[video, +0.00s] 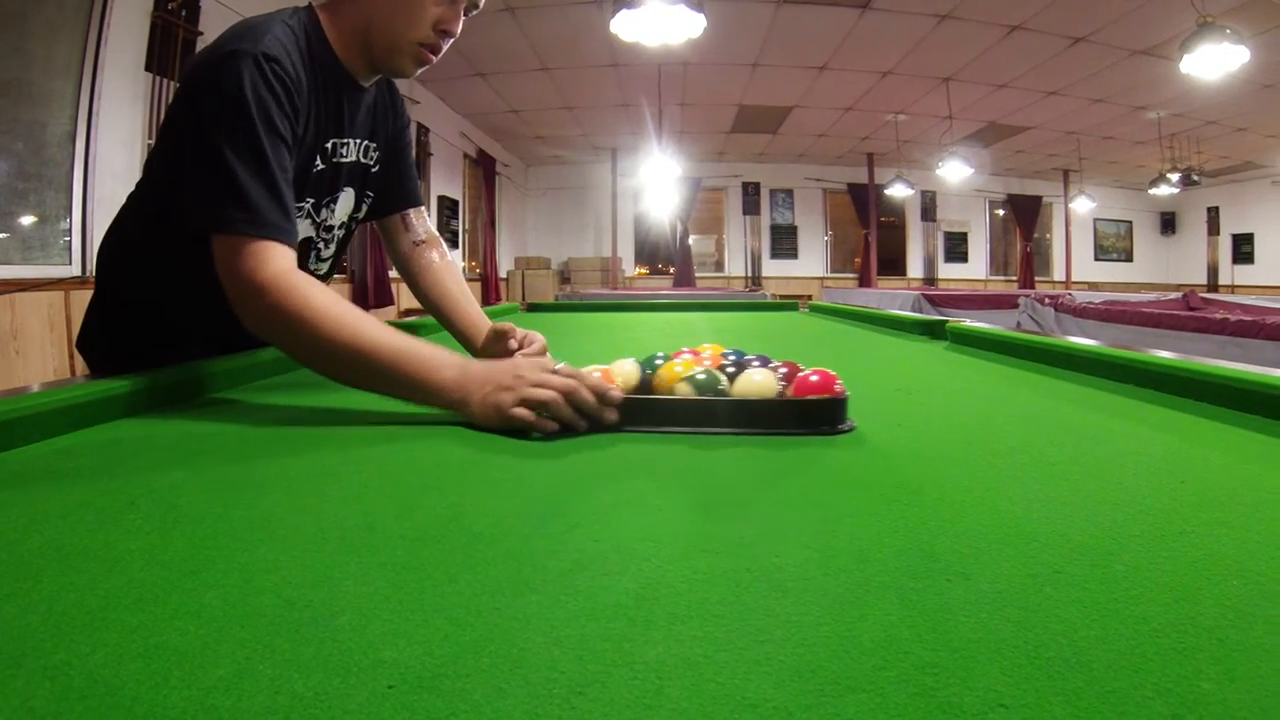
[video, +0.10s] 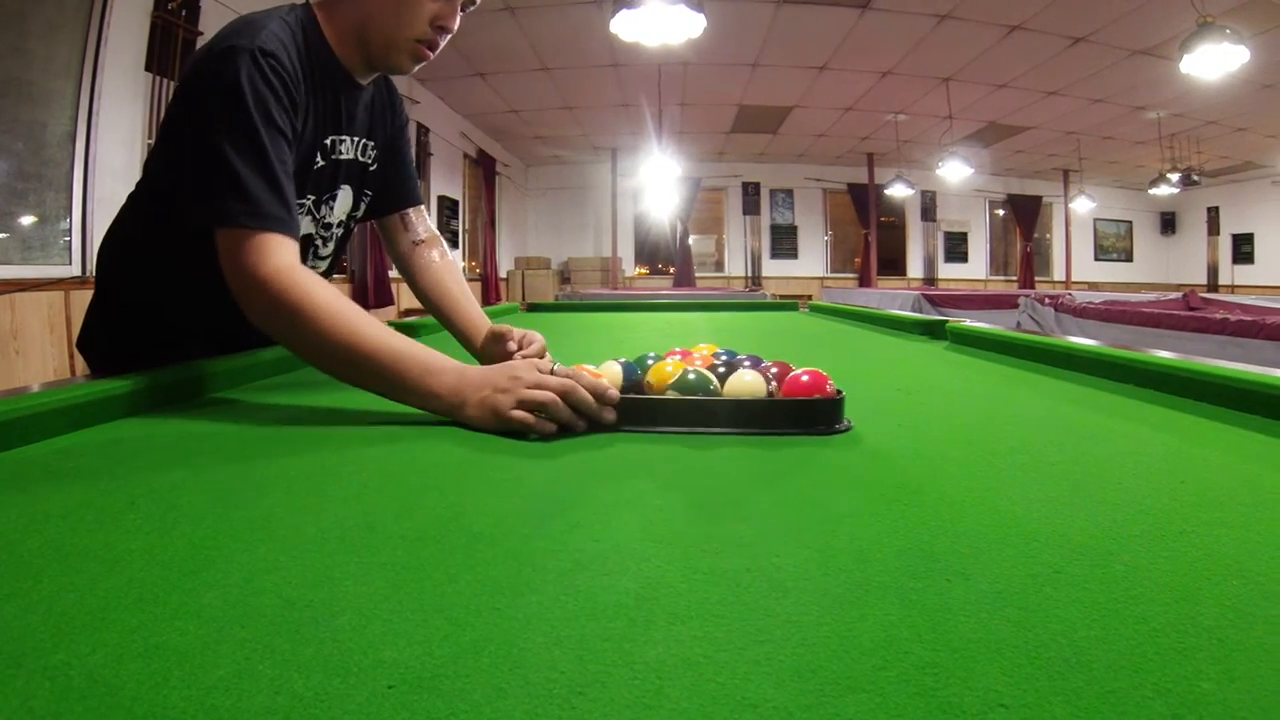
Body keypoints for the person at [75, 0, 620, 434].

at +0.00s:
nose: (456, 25)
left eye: (467, 10)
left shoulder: (382, 96)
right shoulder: (255, 63)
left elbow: (416, 237)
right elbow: (261, 283)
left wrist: (483, 335)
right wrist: (466, 383)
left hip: (261, 351)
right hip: (151, 358)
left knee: (239, 547)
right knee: (140, 557)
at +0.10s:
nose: (453, 22)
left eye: (464, 7)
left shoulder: (380, 95)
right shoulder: (255, 58)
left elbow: (417, 238)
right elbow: (264, 274)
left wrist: (484, 336)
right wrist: (462, 386)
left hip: (263, 352)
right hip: (153, 357)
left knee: (240, 547)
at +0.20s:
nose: (447, 17)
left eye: (455, 4)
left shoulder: (378, 93)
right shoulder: (255, 51)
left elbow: (418, 234)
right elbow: (271, 266)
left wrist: (485, 334)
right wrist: (463, 386)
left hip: (268, 352)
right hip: (156, 355)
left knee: (246, 545)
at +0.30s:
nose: (441, 16)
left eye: (449, 3)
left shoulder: (374, 87)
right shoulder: (250, 48)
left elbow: (420, 226)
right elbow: (273, 258)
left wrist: (505, 326)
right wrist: (466, 385)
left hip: (272, 346)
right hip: (160, 352)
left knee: (256, 538)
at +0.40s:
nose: (441, 14)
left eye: (449, 1)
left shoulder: (374, 84)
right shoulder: (245, 49)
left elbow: (430, 221)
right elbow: (272, 256)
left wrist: (526, 323)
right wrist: (465, 383)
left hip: (273, 346)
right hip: (160, 353)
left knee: (260, 541)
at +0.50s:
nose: (441, 14)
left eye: (450, 1)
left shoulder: (378, 87)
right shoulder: (247, 50)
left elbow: (442, 222)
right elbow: (273, 258)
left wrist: (527, 335)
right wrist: (467, 384)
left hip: (271, 348)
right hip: (158, 353)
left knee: (255, 540)